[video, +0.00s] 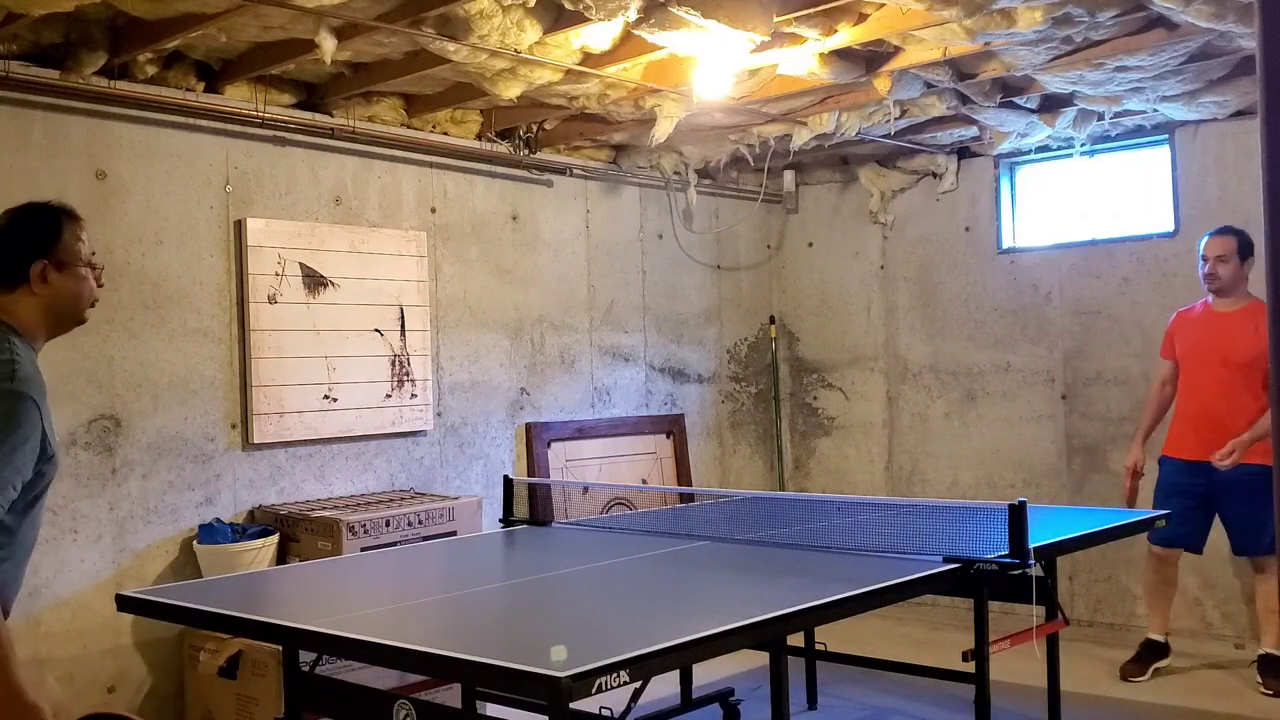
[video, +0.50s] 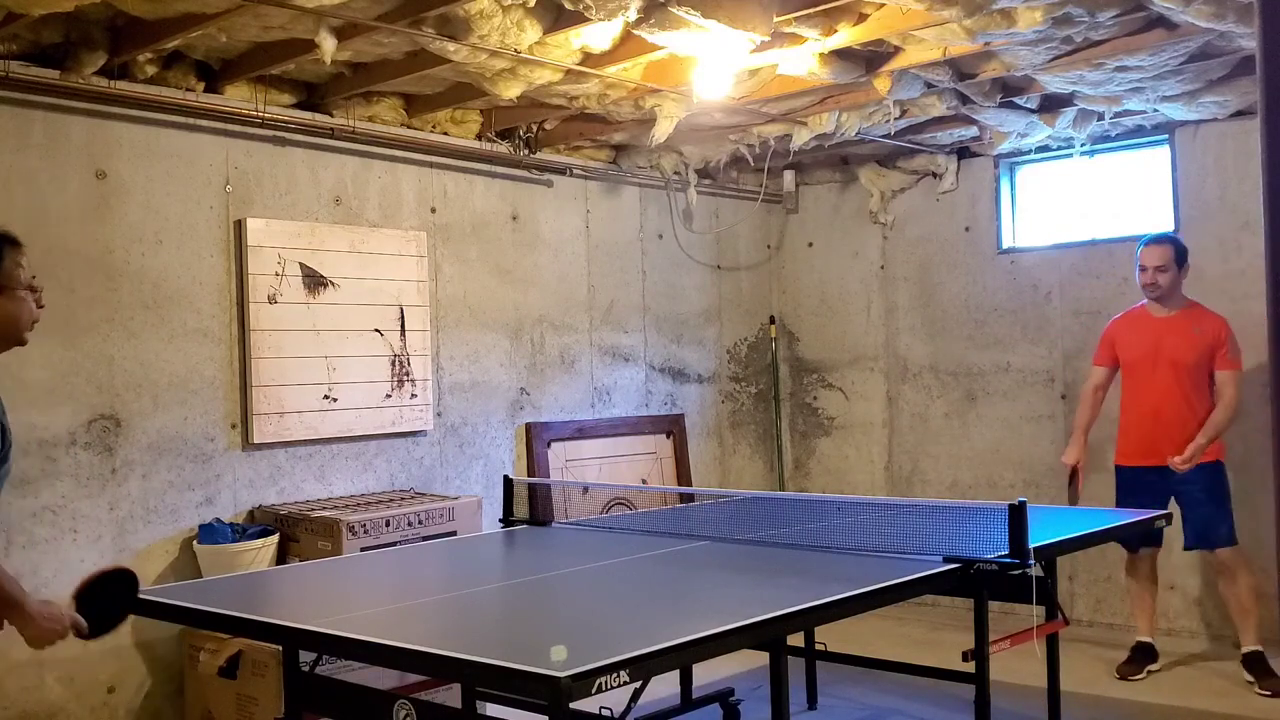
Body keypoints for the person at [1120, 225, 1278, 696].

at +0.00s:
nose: (1210, 268)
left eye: (1220, 260)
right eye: (1205, 260)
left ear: (1246, 266)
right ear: (1199, 265)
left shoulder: (1266, 319)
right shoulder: (1184, 319)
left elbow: (1277, 401)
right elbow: (1164, 385)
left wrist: (1247, 438)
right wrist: (1139, 441)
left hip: (1249, 462)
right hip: (1183, 459)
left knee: (1264, 559)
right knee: (1161, 546)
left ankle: (1270, 654)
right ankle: (1155, 641)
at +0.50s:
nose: (1149, 278)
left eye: (1160, 270)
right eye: (1143, 270)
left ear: (1181, 272)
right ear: (1137, 272)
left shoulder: (1212, 326)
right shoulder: (1120, 327)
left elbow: (1229, 400)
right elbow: (1095, 388)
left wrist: (1199, 443)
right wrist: (1077, 441)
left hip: (1200, 462)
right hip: (1137, 464)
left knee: (1224, 553)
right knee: (1139, 553)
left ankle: (1252, 652)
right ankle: (1144, 645)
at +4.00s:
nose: (1037, 293)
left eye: (1047, 285)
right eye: (1031, 286)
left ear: (1067, 289)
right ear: (1026, 291)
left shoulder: (1096, 343)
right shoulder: (1016, 344)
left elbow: (1124, 407)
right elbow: (999, 398)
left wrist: (1135, 472)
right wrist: (978, 428)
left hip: (1090, 478)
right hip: (1028, 477)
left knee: (1127, 557)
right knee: (997, 551)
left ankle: (1171, 646)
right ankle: (998, 636)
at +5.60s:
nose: (771, 354)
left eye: (773, 344)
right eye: (767, 347)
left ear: (793, 333)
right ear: (794, 337)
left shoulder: (818, 357)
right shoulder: (823, 356)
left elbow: (836, 427)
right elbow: (839, 427)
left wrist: (825, 485)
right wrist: (830, 481)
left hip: (882, 456)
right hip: (891, 455)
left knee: (842, 533)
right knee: (881, 537)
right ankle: (900, 624)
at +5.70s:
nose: (756, 353)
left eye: (757, 343)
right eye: (752, 346)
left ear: (778, 332)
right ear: (779, 335)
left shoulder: (803, 359)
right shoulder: (809, 355)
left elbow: (817, 428)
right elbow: (824, 431)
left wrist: (795, 491)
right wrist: (808, 479)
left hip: (860, 460)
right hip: (871, 458)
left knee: (806, 535)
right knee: (866, 538)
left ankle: (783, 628)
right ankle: (899, 624)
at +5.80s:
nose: (731, 361)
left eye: (732, 351)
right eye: (727, 354)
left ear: (754, 340)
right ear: (755, 342)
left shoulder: (780, 365)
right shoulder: (793, 357)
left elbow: (784, 439)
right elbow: (799, 439)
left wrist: (755, 496)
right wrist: (782, 482)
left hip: (833, 466)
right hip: (849, 464)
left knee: (786, 540)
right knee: (855, 541)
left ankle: (769, 630)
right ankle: (897, 624)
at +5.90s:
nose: (700, 380)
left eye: (701, 371)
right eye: (696, 374)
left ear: (722, 358)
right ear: (722, 360)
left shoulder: (749, 383)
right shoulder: (762, 370)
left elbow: (741, 461)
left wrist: (710, 505)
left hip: (808, 477)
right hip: (829, 472)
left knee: (754, 549)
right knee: (845, 547)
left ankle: (733, 633)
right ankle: (895, 624)